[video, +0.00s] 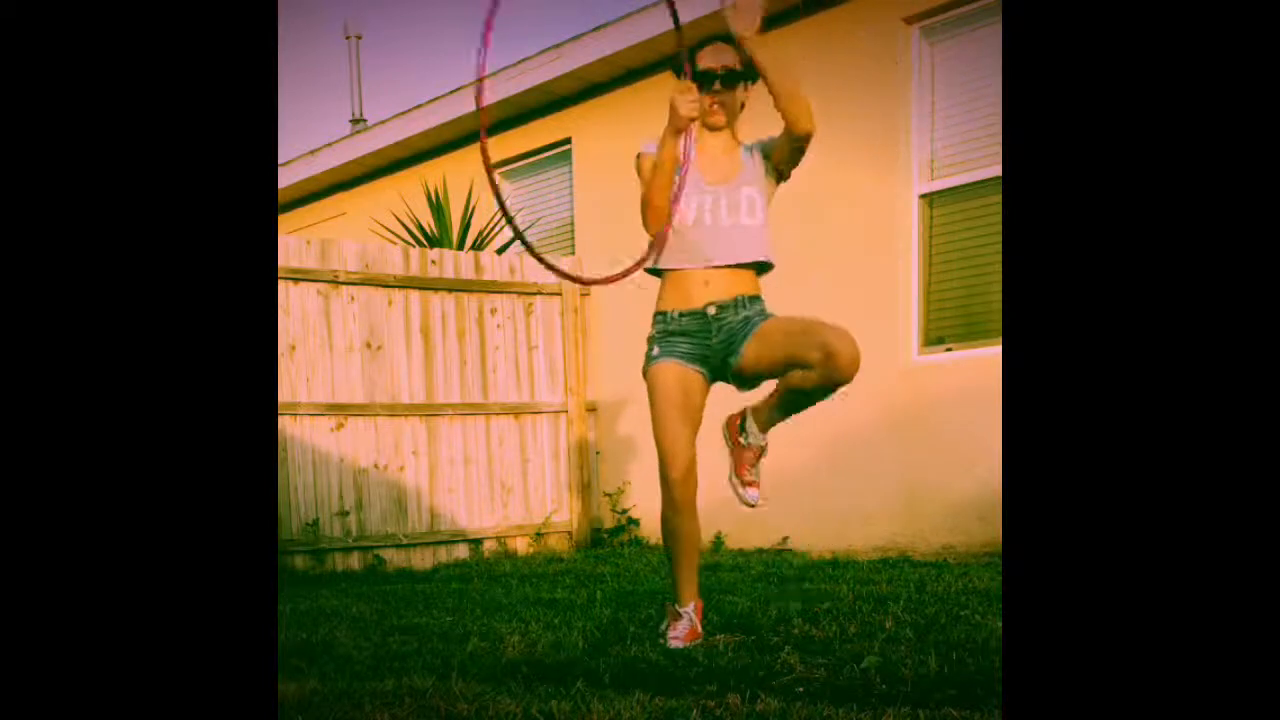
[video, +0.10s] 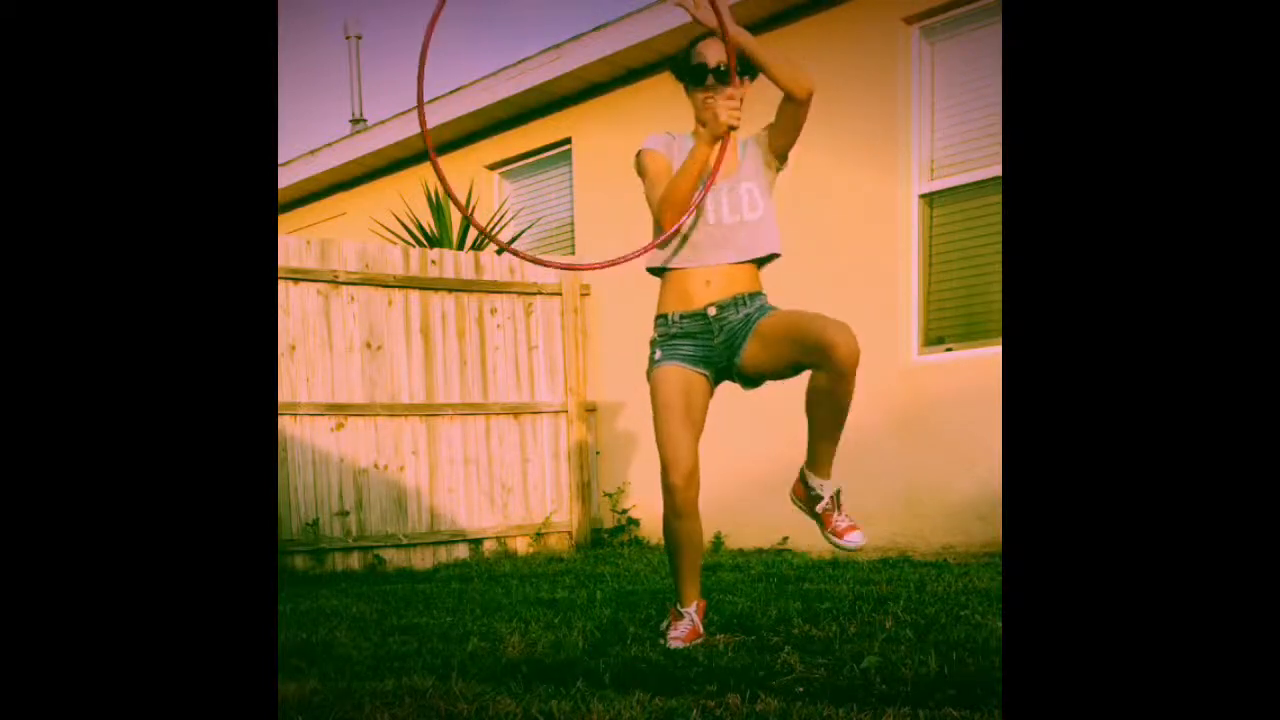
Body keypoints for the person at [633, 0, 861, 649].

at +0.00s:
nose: (717, 91)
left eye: (729, 80)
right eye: (705, 80)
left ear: (747, 90)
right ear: (687, 90)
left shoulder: (762, 158)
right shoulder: (663, 156)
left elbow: (801, 127)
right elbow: (655, 225)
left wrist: (751, 43)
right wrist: (671, 134)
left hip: (745, 320)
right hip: (677, 329)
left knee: (838, 353)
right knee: (677, 474)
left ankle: (752, 428)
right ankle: (686, 608)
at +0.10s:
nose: (727, 88)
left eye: (734, 76)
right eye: (710, 77)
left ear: (745, 84)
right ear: (688, 90)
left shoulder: (761, 152)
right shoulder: (660, 154)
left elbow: (801, 91)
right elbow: (666, 218)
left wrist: (734, 34)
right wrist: (707, 145)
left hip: (748, 317)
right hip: (679, 334)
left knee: (837, 344)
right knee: (677, 479)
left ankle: (816, 483)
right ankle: (689, 609)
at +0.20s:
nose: (712, 77)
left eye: (724, 65)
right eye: (700, 67)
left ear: (745, 76)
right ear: (685, 79)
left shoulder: (761, 141)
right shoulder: (664, 149)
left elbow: (800, 63)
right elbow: (673, 222)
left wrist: (751, 19)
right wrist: (730, 159)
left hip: (756, 316)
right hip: (685, 332)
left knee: (844, 380)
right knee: (681, 480)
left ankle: (897, 535)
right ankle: (689, 610)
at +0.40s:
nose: (738, 63)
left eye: (752, 52)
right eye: (726, 54)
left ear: (775, 65)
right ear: (714, 72)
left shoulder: (797, 123)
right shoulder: (693, 147)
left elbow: (859, 31)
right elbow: (656, 234)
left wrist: (794, 7)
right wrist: (716, 224)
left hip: (793, 318)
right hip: (718, 329)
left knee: (863, 450)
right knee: (694, 480)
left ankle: (949, 595)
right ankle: (692, 606)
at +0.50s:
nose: (764, 60)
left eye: (777, 48)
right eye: (751, 53)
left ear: (801, 57)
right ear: (739, 70)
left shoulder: (830, 121)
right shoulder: (721, 144)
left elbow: (913, 55)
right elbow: (652, 226)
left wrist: (854, 39)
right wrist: (692, 235)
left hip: (822, 314)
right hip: (745, 324)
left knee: (884, 456)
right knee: (715, 478)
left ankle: (943, 602)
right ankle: (695, 606)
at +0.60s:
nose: (789, 57)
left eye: (799, 41)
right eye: (776, 51)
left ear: (829, 45)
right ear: (766, 66)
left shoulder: (861, 115)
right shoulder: (749, 137)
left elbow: (960, 128)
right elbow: (660, 189)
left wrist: (885, 128)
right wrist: (669, 210)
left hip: (850, 310)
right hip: (772, 318)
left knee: (906, 458)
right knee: (736, 479)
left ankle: (946, 606)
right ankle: (700, 602)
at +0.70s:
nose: (806, 59)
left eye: (814, 41)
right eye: (793, 55)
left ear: (849, 34)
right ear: (789, 66)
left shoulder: (896, 111)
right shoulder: (786, 123)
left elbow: (943, 198)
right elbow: (691, 133)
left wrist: (858, 209)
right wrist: (670, 144)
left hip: (875, 306)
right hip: (798, 314)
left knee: (921, 461)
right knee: (729, 468)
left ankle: (949, 608)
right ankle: (701, 593)